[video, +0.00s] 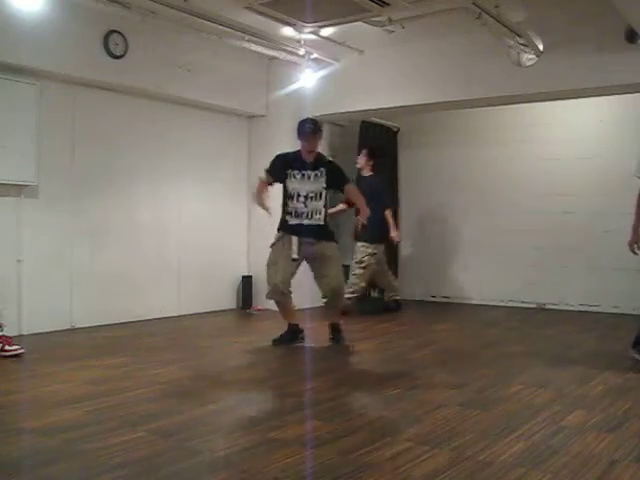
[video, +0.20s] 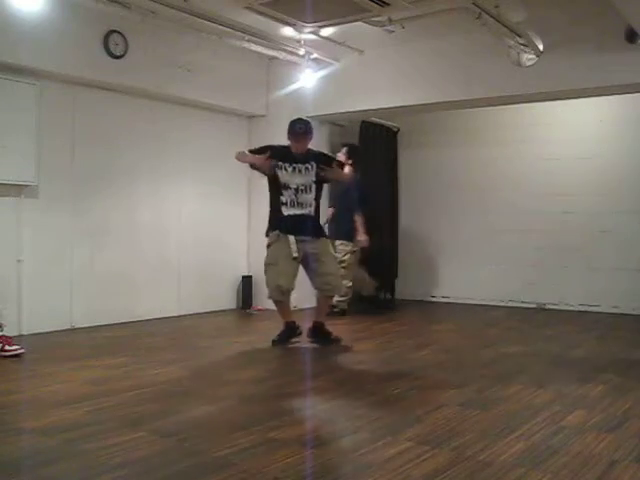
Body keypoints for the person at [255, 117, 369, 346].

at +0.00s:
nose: (310, 150)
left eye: (314, 145)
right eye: (306, 145)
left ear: (320, 140)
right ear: (299, 140)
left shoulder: (329, 167)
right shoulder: (284, 162)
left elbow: (349, 189)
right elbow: (264, 183)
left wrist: (363, 209)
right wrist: (262, 200)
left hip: (320, 238)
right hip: (289, 237)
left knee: (335, 287)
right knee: (276, 285)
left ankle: (335, 327)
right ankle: (293, 328)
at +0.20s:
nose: (299, 144)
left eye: (303, 139)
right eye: (295, 139)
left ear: (310, 137)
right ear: (288, 137)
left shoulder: (320, 159)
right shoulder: (275, 153)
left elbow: (348, 176)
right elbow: (240, 155)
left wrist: (333, 175)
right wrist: (256, 161)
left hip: (313, 234)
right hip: (281, 234)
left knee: (330, 282)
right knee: (276, 286)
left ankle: (318, 326)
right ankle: (290, 326)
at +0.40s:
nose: (294, 142)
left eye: (297, 138)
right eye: (290, 138)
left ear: (302, 136)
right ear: (280, 134)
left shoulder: (306, 155)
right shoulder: (265, 150)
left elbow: (317, 183)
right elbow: (249, 176)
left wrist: (315, 209)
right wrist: (254, 207)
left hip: (301, 222)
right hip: (275, 222)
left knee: (308, 275)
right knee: (279, 275)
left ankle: (307, 327)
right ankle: (263, 324)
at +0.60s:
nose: (292, 142)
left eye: (295, 137)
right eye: (287, 137)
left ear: (300, 139)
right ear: (279, 138)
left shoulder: (302, 168)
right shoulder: (262, 163)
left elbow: (286, 197)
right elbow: (242, 189)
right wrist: (223, 211)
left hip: (294, 236)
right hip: (264, 234)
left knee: (299, 283)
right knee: (250, 278)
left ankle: (304, 326)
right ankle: (255, 327)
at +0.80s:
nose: (292, 147)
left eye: (294, 142)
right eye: (287, 142)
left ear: (298, 141)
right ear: (276, 142)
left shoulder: (304, 165)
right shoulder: (267, 158)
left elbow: (315, 187)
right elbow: (246, 164)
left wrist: (293, 178)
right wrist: (224, 168)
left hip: (294, 236)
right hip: (262, 236)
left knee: (315, 280)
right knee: (242, 280)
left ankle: (307, 327)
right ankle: (252, 327)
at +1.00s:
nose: (295, 144)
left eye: (299, 140)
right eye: (291, 139)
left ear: (303, 140)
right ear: (282, 139)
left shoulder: (310, 165)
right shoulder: (268, 157)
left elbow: (332, 184)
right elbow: (245, 159)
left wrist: (310, 187)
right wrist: (223, 171)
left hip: (301, 236)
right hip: (268, 235)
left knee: (322, 280)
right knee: (251, 280)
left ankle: (309, 327)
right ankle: (252, 326)